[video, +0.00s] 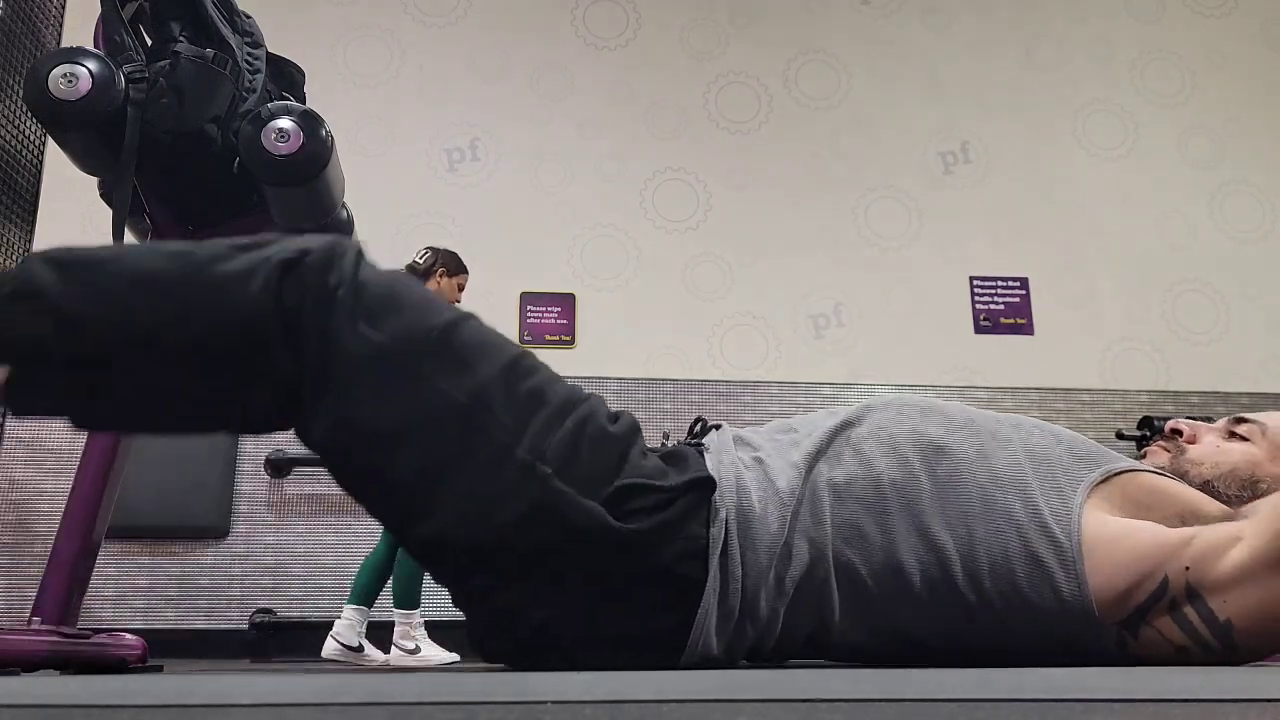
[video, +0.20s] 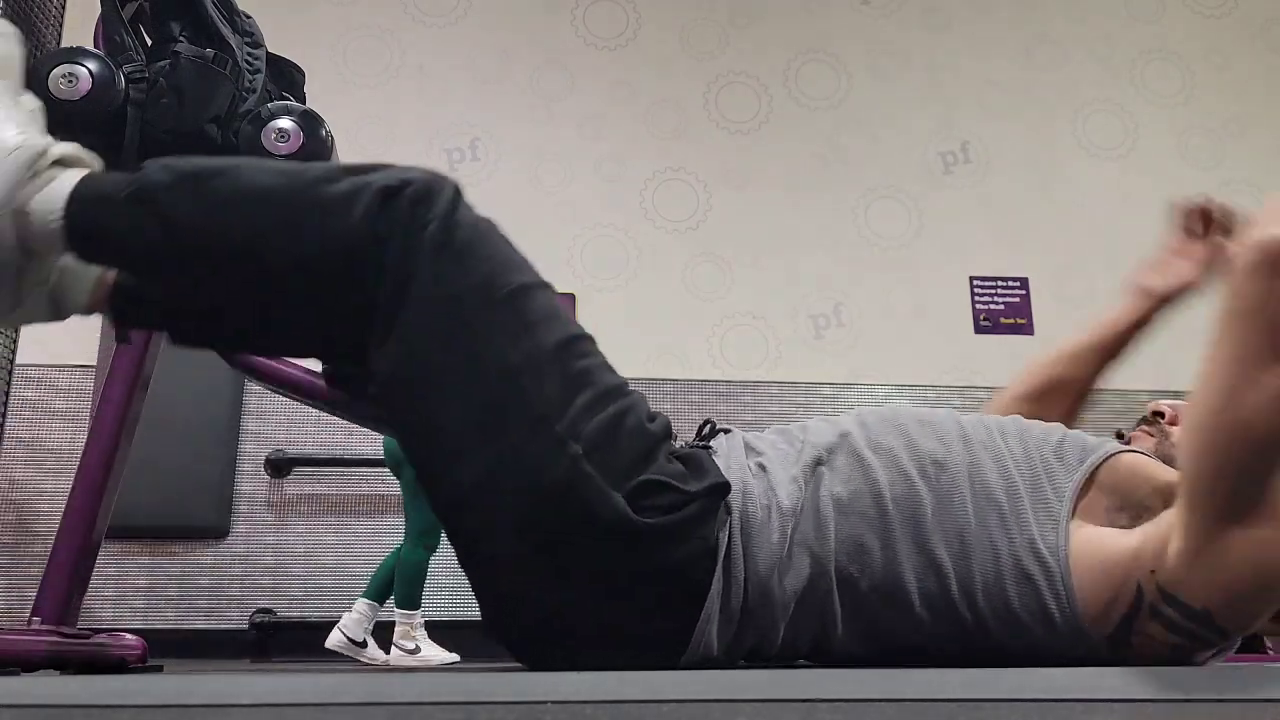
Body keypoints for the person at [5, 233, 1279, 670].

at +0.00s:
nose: (1210, 433)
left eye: (1239, 442)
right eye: (1224, 420)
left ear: (1240, 489)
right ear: (1191, 440)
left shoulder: (1170, 567)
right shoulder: (1100, 487)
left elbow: (1278, 531)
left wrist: (1242, 475)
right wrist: (1232, 466)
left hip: (660, 562)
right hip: (654, 493)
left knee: (330, 297)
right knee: (328, 305)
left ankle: (14, 315)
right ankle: (21, 324)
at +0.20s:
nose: (1185, 417)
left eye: (1207, 418)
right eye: (1197, 401)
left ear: (1229, 479)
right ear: (1199, 440)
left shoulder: (1187, 572)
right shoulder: (1092, 489)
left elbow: (1238, 412)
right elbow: (1004, 432)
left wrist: (1250, 270)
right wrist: (1149, 297)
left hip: (654, 566)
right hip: (659, 500)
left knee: (409, 230)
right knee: (408, 234)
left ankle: (56, 222)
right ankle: (75, 205)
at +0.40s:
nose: (1144, 347)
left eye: (1184, 347)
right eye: (1158, 336)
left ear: (1240, 429)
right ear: (1146, 393)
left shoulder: (1189, 520)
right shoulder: (1052, 473)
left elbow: (1044, 268)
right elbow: (879, 397)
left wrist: (1005, 72)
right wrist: (896, 212)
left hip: (667, 565)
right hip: (649, 527)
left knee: (492, 196)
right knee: (482, 208)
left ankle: (131, 150)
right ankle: (164, 195)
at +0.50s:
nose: (1067, 328)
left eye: (1111, 318)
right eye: (1081, 308)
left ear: (1204, 371)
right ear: (1157, 369)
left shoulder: (1173, 482)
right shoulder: (1028, 472)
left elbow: (968, 286)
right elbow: (827, 373)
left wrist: (849, 96)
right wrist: (780, 190)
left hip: (681, 562)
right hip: (664, 534)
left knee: (514, 187)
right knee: (508, 209)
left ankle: (144, 142)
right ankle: (176, 191)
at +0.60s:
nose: (992, 297)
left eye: (1032, 276)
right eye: (1003, 276)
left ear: (1135, 313)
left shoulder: (1137, 440)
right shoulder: (983, 456)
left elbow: (890, 282)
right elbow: (773, 348)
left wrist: (719, 120)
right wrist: (675, 187)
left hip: (689, 552)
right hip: (644, 559)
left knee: (514, 176)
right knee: (503, 217)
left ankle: (161, 130)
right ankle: (179, 210)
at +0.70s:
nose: (941, 269)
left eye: (974, 244)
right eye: (946, 247)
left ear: (1077, 270)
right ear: (979, 277)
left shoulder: (1103, 391)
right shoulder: (954, 421)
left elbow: (824, 272)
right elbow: (719, 336)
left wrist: (616, 129)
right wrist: (593, 166)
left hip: (698, 560)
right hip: (659, 553)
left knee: (521, 175)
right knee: (511, 205)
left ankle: (152, 120)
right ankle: (184, 215)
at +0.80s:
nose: (891, 240)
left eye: (920, 215)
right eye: (895, 218)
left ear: (1024, 226)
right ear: (949, 233)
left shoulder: (1062, 336)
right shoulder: (937, 393)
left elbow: (766, 250)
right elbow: (692, 342)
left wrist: (537, 128)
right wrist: (539, 169)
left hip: (688, 566)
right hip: (651, 563)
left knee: (522, 194)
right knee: (518, 206)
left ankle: (150, 119)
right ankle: (198, 224)